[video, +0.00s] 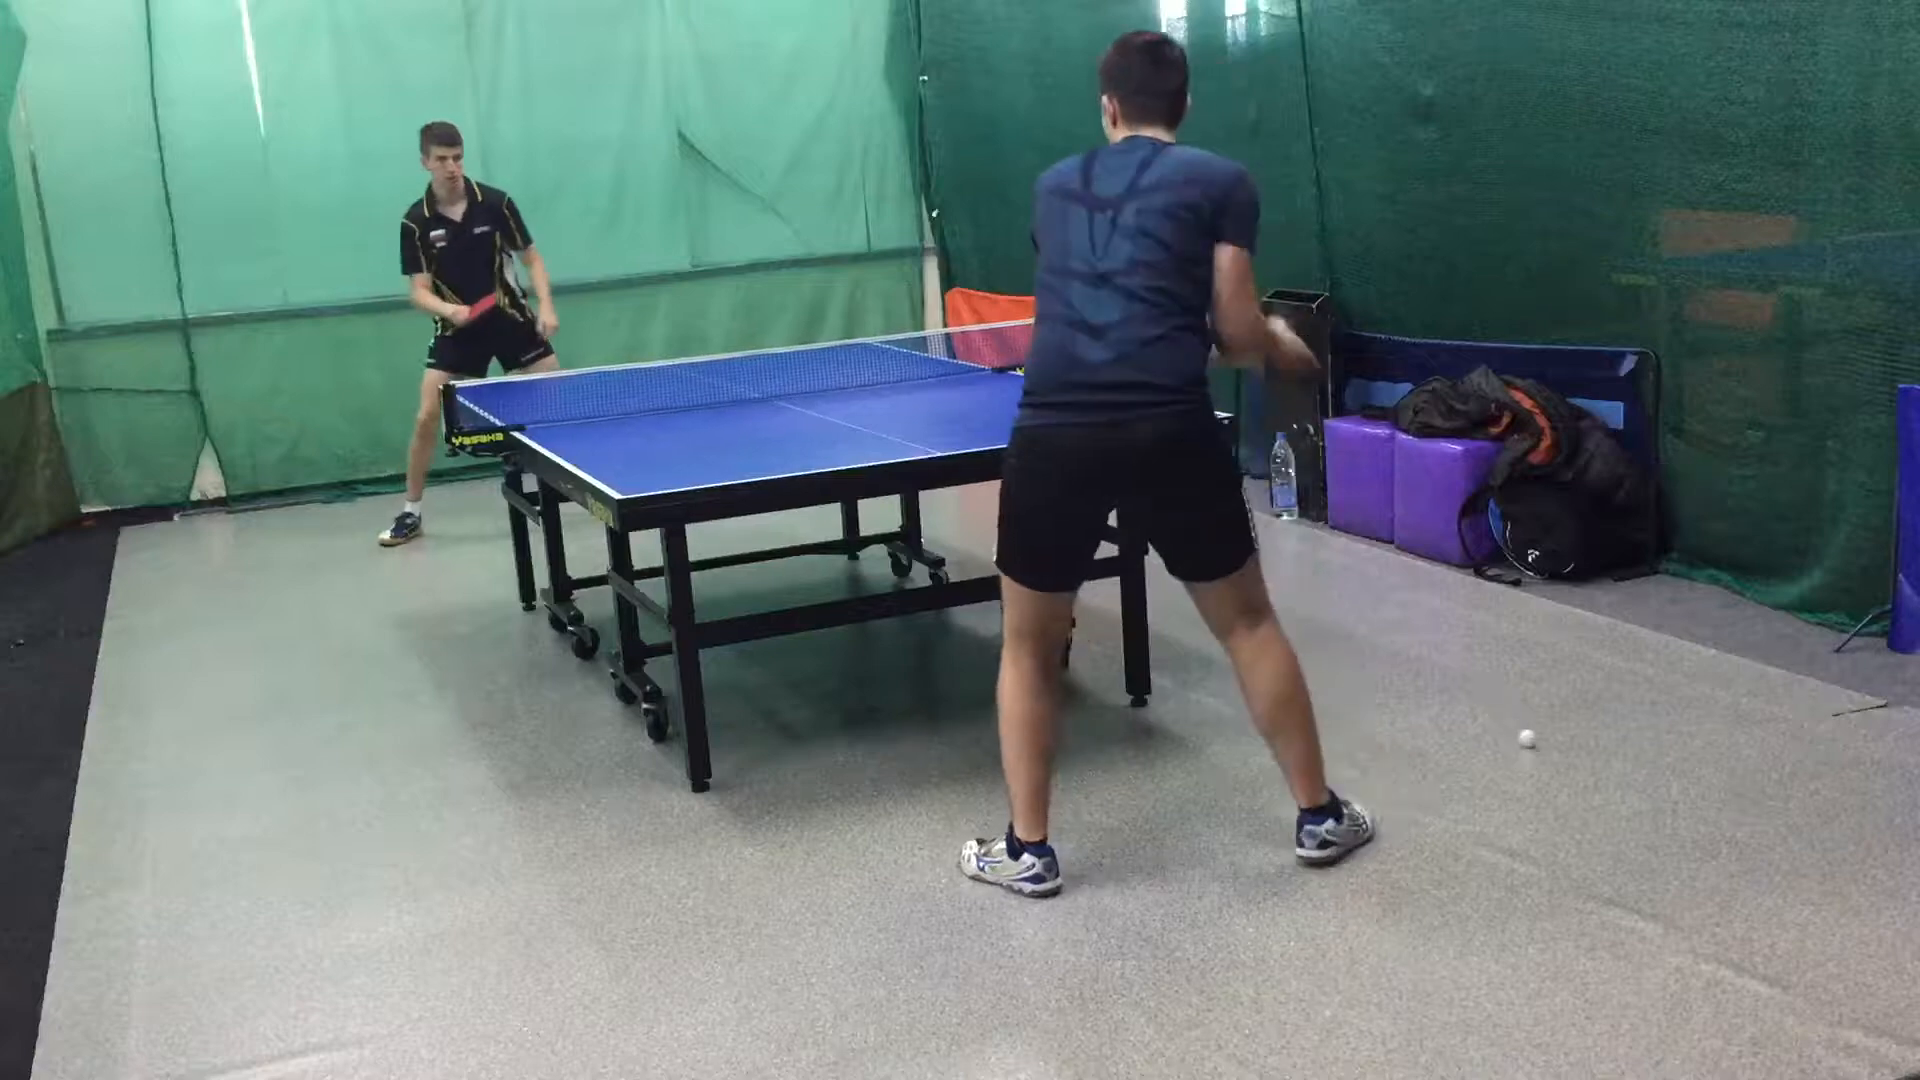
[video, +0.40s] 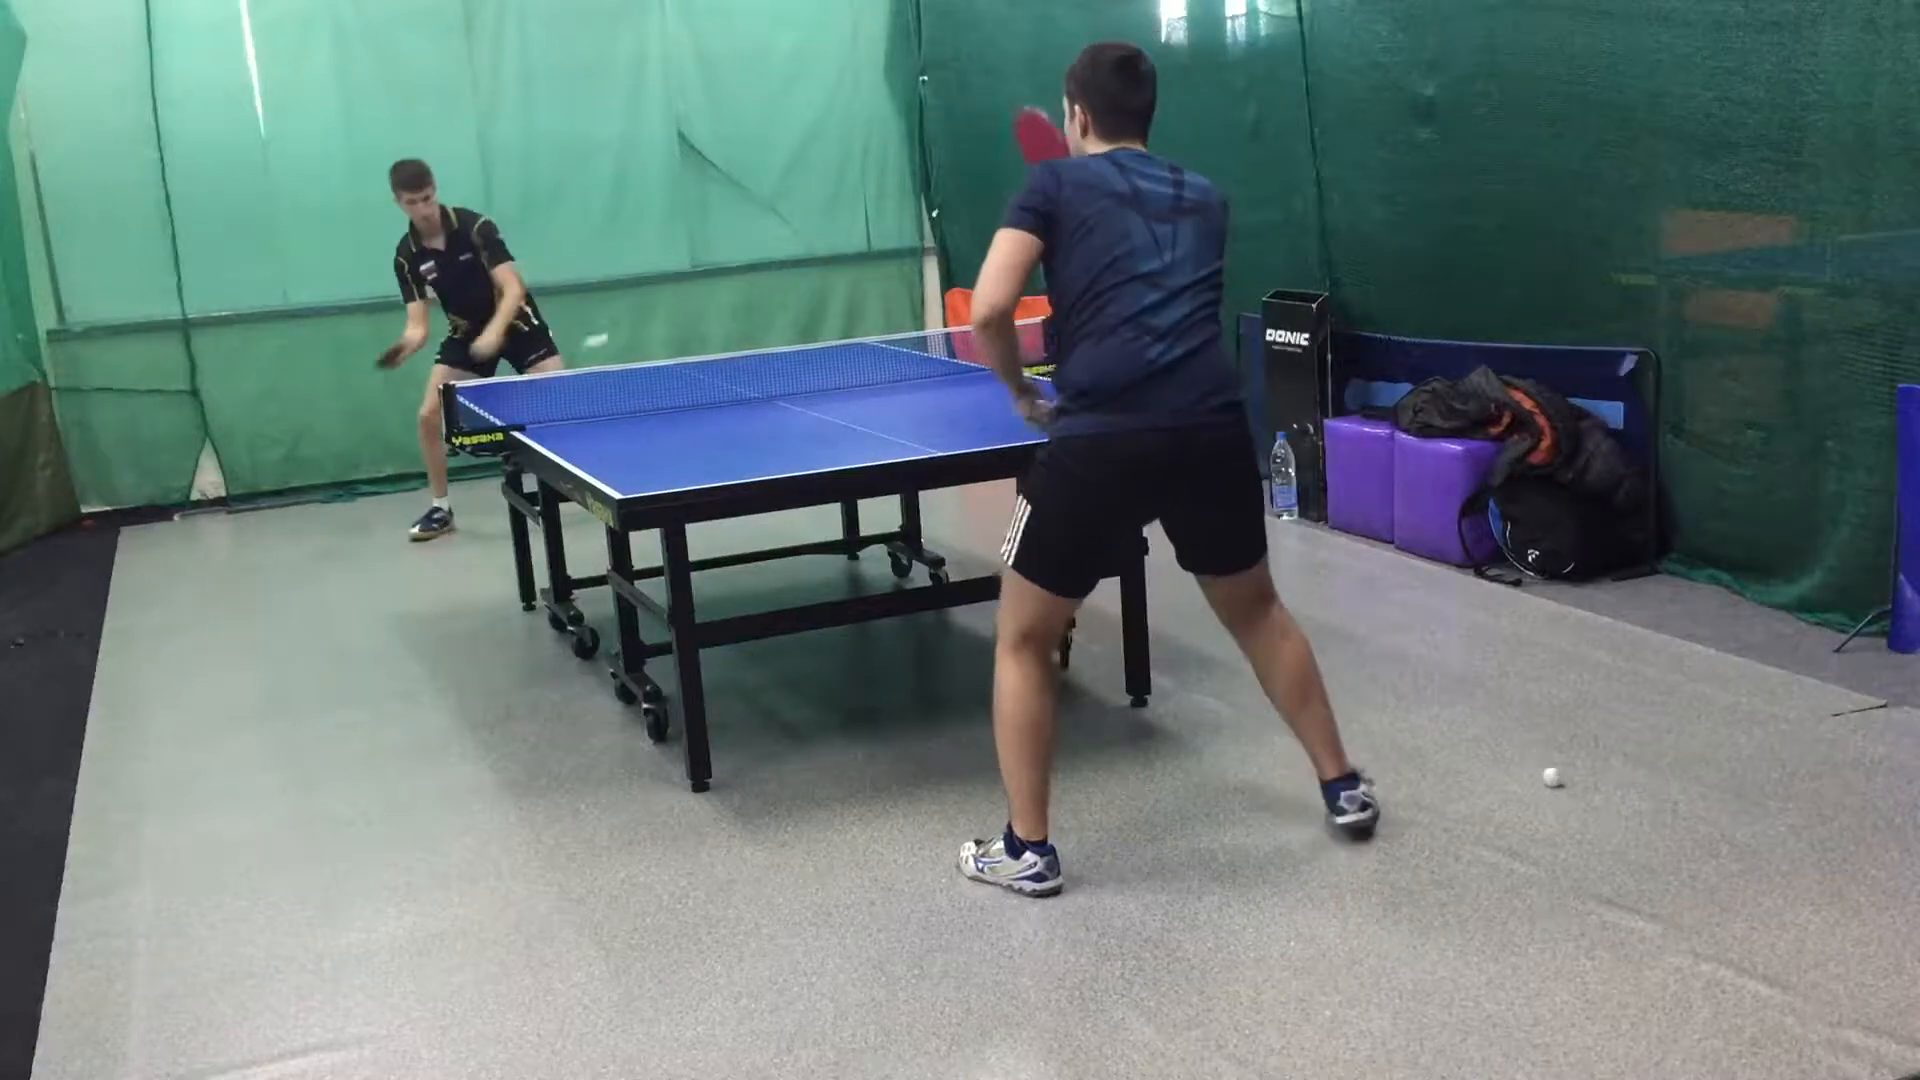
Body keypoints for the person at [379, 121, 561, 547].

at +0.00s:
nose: (452, 168)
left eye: (457, 159)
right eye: (442, 161)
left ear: (464, 158)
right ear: (426, 163)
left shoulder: (496, 203)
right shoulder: (416, 221)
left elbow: (531, 258)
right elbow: (419, 292)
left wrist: (546, 307)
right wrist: (448, 309)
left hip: (510, 318)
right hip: (458, 328)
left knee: (555, 397)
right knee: (427, 417)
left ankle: (520, 470)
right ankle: (411, 511)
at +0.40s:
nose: (425, 208)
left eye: (429, 198)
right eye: (414, 203)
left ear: (436, 190)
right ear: (400, 204)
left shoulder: (474, 226)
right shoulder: (407, 254)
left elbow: (513, 288)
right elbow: (417, 321)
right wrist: (405, 345)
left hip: (513, 319)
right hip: (465, 331)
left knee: (560, 394)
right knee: (430, 416)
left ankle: (570, 479)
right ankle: (440, 507)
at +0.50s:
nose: (402, 234)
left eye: (408, 223)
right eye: (393, 228)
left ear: (419, 213)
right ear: (382, 227)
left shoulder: (454, 250)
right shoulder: (403, 272)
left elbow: (475, 316)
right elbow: (412, 343)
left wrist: (430, 361)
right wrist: (374, 383)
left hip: (523, 345)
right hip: (474, 349)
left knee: (544, 422)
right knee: (427, 415)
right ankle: (438, 508)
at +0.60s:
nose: (385, 248)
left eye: (390, 237)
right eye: (375, 242)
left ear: (402, 226)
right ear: (367, 240)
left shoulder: (431, 259)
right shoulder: (400, 281)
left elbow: (452, 317)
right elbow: (416, 352)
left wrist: (404, 347)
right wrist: (365, 392)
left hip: (518, 354)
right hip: (471, 354)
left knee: (540, 431)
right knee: (414, 418)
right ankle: (438, 508)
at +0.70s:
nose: (375, 238)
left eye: (378, 226)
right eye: (365, 232)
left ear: (393, 216)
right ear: (359, 233)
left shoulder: (431, 245)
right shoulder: (393, 276)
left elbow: (485, 270)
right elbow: (407, 343)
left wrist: (456, 299)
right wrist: (361, 378)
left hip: (510, 351)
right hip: (460, 354)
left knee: (529, 430)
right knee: (411, 427)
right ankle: (438, 508)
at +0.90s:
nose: (396, 192)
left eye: (400, 182)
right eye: (388, 187)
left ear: (416, 177)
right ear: (382, 193)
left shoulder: (461, 208)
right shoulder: (390, 230)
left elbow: (527, 228)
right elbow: (410, 253)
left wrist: (547, 216)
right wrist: (443, 205)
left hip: (497, 335)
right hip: (444, 351)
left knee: (552, 395)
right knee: (426, 440)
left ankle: (552, 475)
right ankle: (428, 506)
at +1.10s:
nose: (438, 192)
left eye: (443, 183)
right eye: (428, 187)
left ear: (452, 181)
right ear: (414, 192)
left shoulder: (481, 221)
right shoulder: (415, 242)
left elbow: (543, 253)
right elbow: (429, 301)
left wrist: (577, 248)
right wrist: (460, 250)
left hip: (494, 343)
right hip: (445, 356)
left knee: (560, 393)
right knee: (430, 449)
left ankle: (529, 476)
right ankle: (404, 514)